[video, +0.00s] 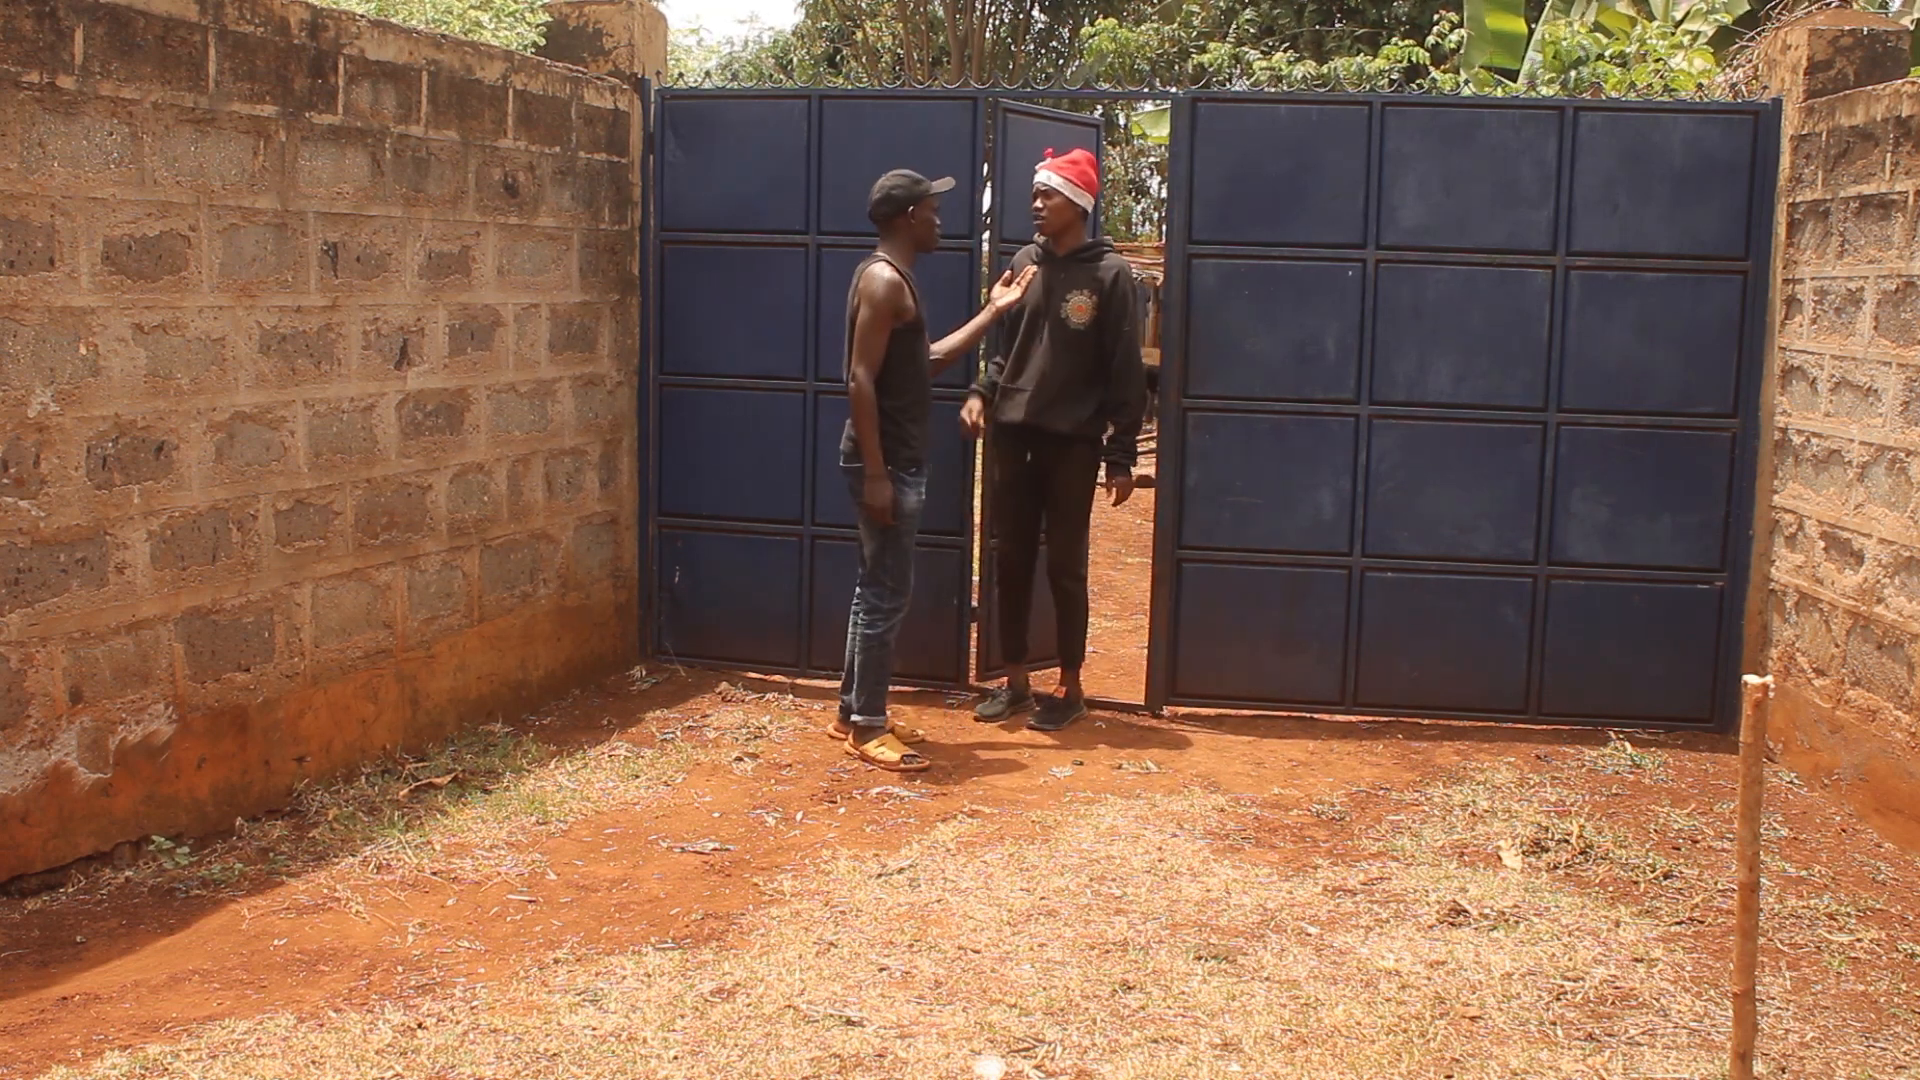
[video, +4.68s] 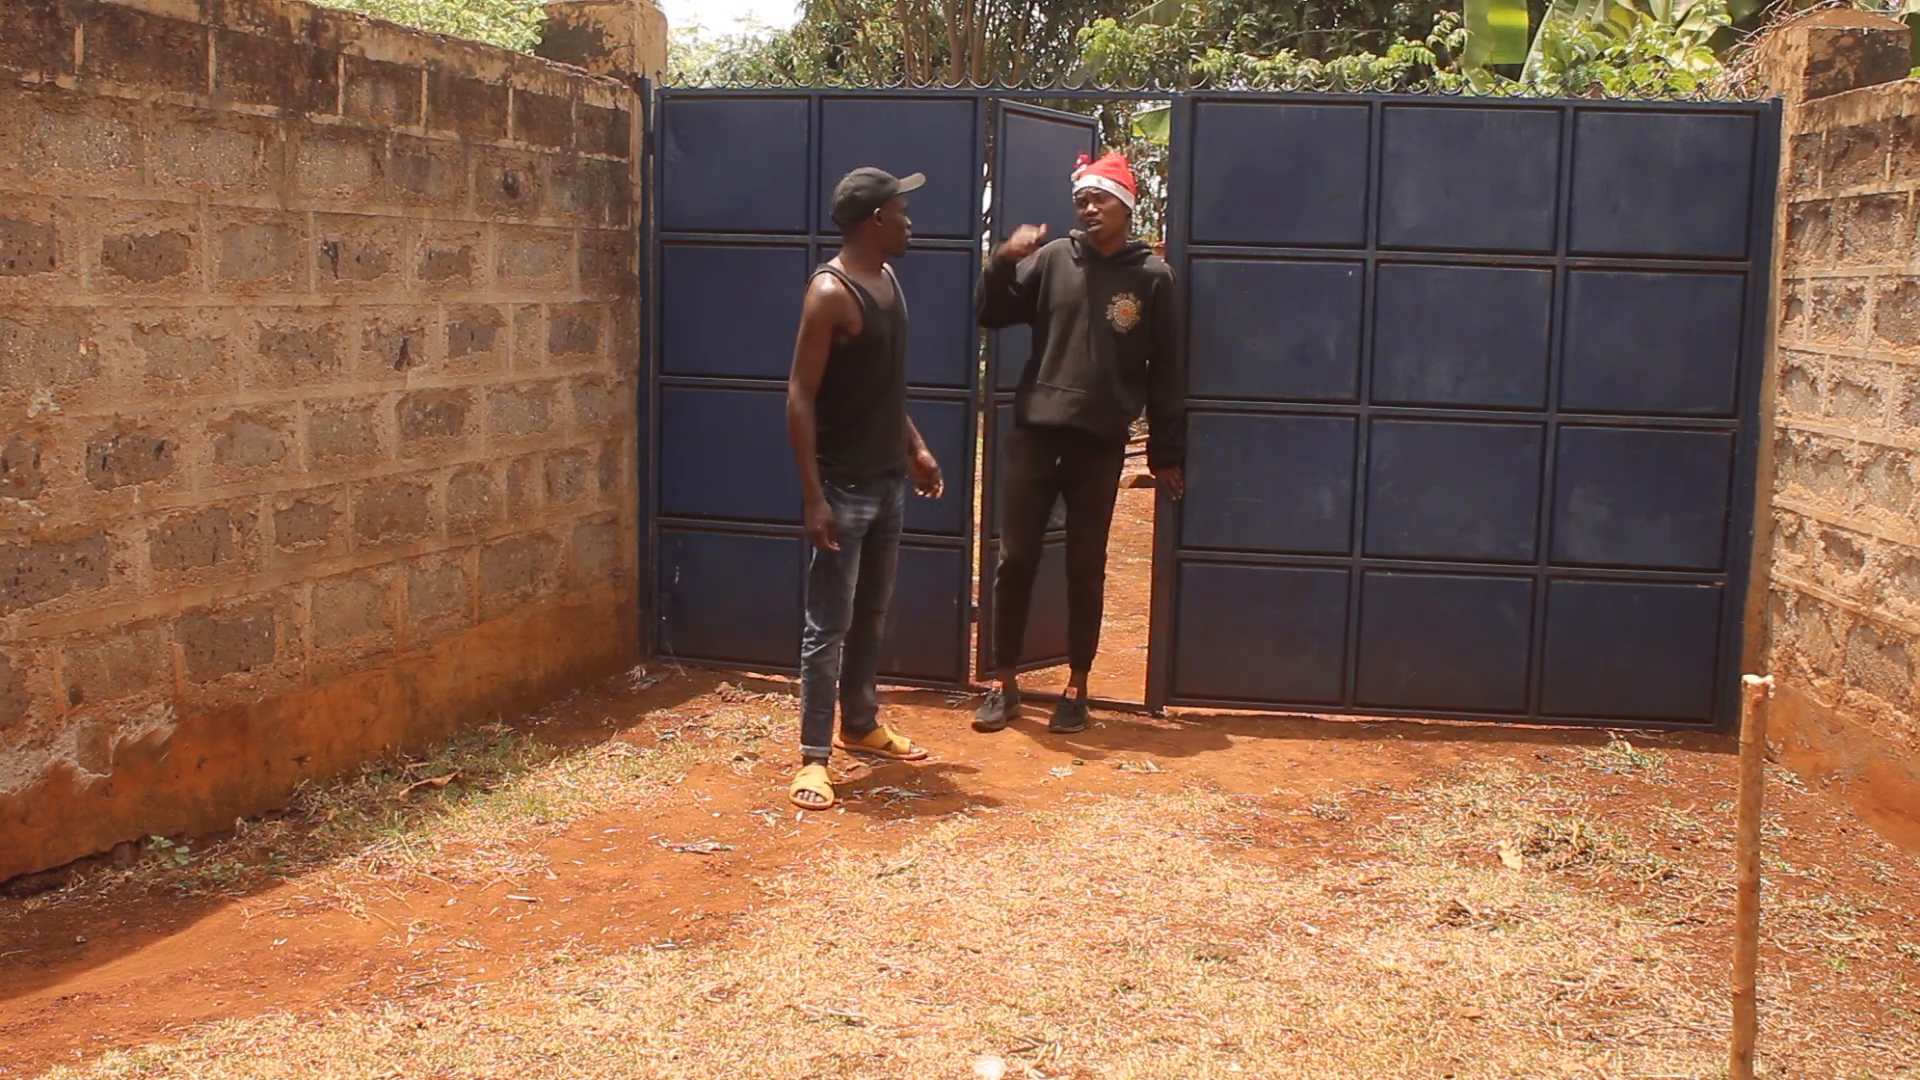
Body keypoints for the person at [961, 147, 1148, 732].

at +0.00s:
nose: (1036, 204)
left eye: (1048, 195)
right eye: (1036, 195)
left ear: (1081, 204)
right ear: (1038, 202)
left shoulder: (1114, 274)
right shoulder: (1023, 266)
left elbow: (1129, 369)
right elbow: (1000, 341)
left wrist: (1121, 454)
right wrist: (979, 392)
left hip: (1072, 440)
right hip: (1010, 435)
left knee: (1065, 565)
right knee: (1009, 560)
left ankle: (1069, 688)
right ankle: (1014, 683)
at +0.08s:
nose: (1032, 204)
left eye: (1044, 195)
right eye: (1031, 195)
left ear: (1075, 203)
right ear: (1036, 202)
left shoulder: (1107, 271)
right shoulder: (1021, 266)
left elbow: (1124, 369)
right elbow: (1002, 345)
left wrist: (1118, 453)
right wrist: (970, 358)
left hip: (1068, 438)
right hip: (1007, 433)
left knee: (1065, 564)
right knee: (1010, 558)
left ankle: (1069, 687)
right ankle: (1014, 681)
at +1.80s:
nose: (1097, 217)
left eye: (1111, 209)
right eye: (1095, 206)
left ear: (1138, 218)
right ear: (1088, 211)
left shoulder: (1151, 277)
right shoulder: (1070, 263)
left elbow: (1187, 368)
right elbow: (1021, 329)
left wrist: (1205, 454)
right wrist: (973, 385)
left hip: (1112, 433)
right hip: (1053, 424)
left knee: (1085, 559)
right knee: (1009, 534)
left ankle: (1073, 690)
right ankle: (1050, 641)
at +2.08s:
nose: (1098, 221)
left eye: (1111, 215)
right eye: (1096, 212)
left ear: (1138, 226)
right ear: (1092, 219)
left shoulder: (1145, 281)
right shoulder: (1084, 268)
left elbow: (1186, 364)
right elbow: (1040, 332)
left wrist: (1195, 452)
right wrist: (990, 386)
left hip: (1121, 438)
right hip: (1073, 432)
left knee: (1080, 557)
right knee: (1051, 556)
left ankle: (1070, 693)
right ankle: (1109, 657)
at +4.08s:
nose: (1088, 223)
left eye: (1102, 216)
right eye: (1086, 212)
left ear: (1128, 230)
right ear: (1079, 218)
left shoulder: (1148, 291)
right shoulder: (1062, 269)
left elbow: (1181, 376)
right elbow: (1036, 341)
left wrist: (1172, 455)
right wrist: (997, 395)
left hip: (1110, 451)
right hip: (1054, 444)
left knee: (1081, 569)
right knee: (1043, 565)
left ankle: (1074, 693)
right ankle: (1099, 648)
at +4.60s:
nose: (1093, 208)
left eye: (1105, 199)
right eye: (1088, 198)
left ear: (1133, 207)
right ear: (1082, 204)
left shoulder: (1157, 280)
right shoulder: (1058, 256)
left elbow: (1168, 374)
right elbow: (1007, 305)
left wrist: (1166, 456)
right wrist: (1005, 318)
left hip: (1100, 441)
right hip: (1036, 430)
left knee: (1085, 565)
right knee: (1008, 555)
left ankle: (1076, 688)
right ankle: (1021, 671)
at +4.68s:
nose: (1088, 209)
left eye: (1099, 199)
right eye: (1082, 200)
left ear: (1128, 204)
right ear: (1075, 205)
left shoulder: (1153, 277)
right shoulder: (1051, 258)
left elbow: (1166, 370)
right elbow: (993, 313)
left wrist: (1166, 454)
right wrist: (1004, 259)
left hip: (1099, 440)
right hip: (1034, 431)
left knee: (1086, 567)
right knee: (1015, 559)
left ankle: (1076, 688)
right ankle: (1001, 685)